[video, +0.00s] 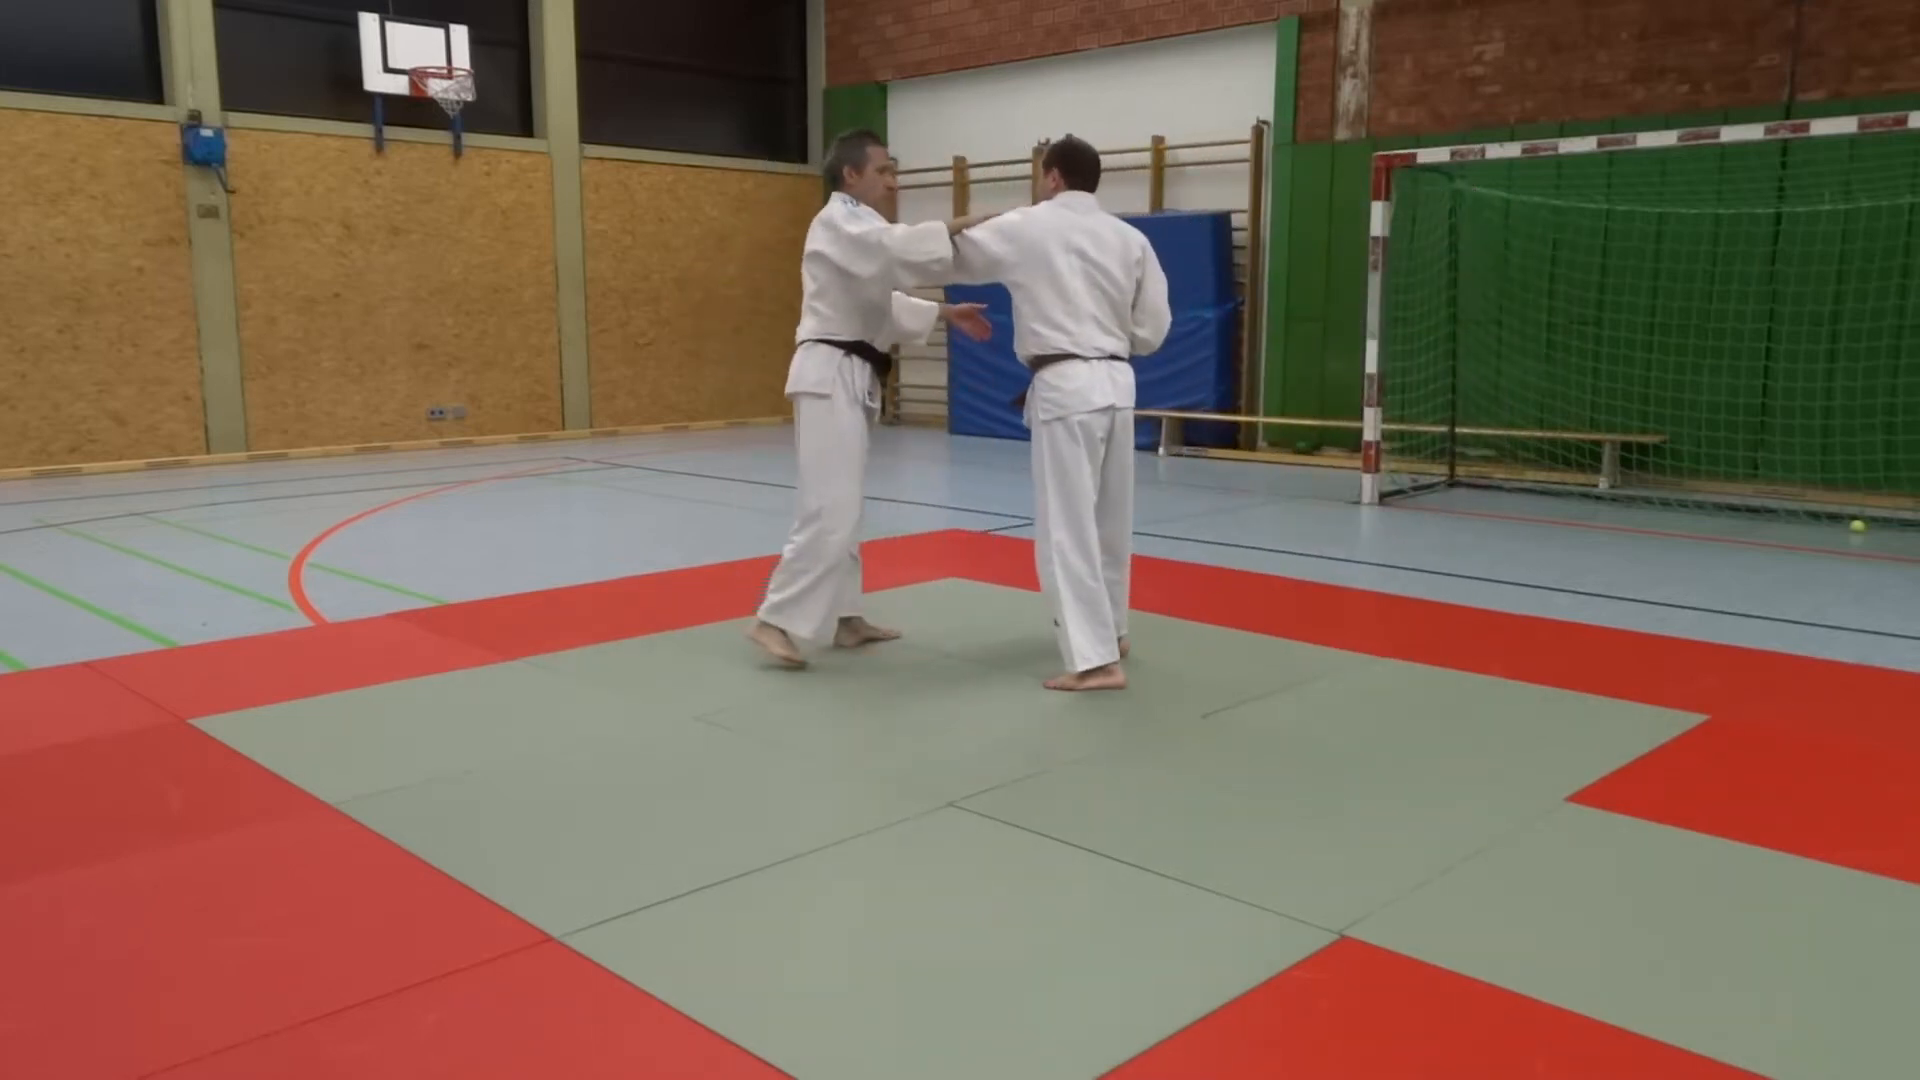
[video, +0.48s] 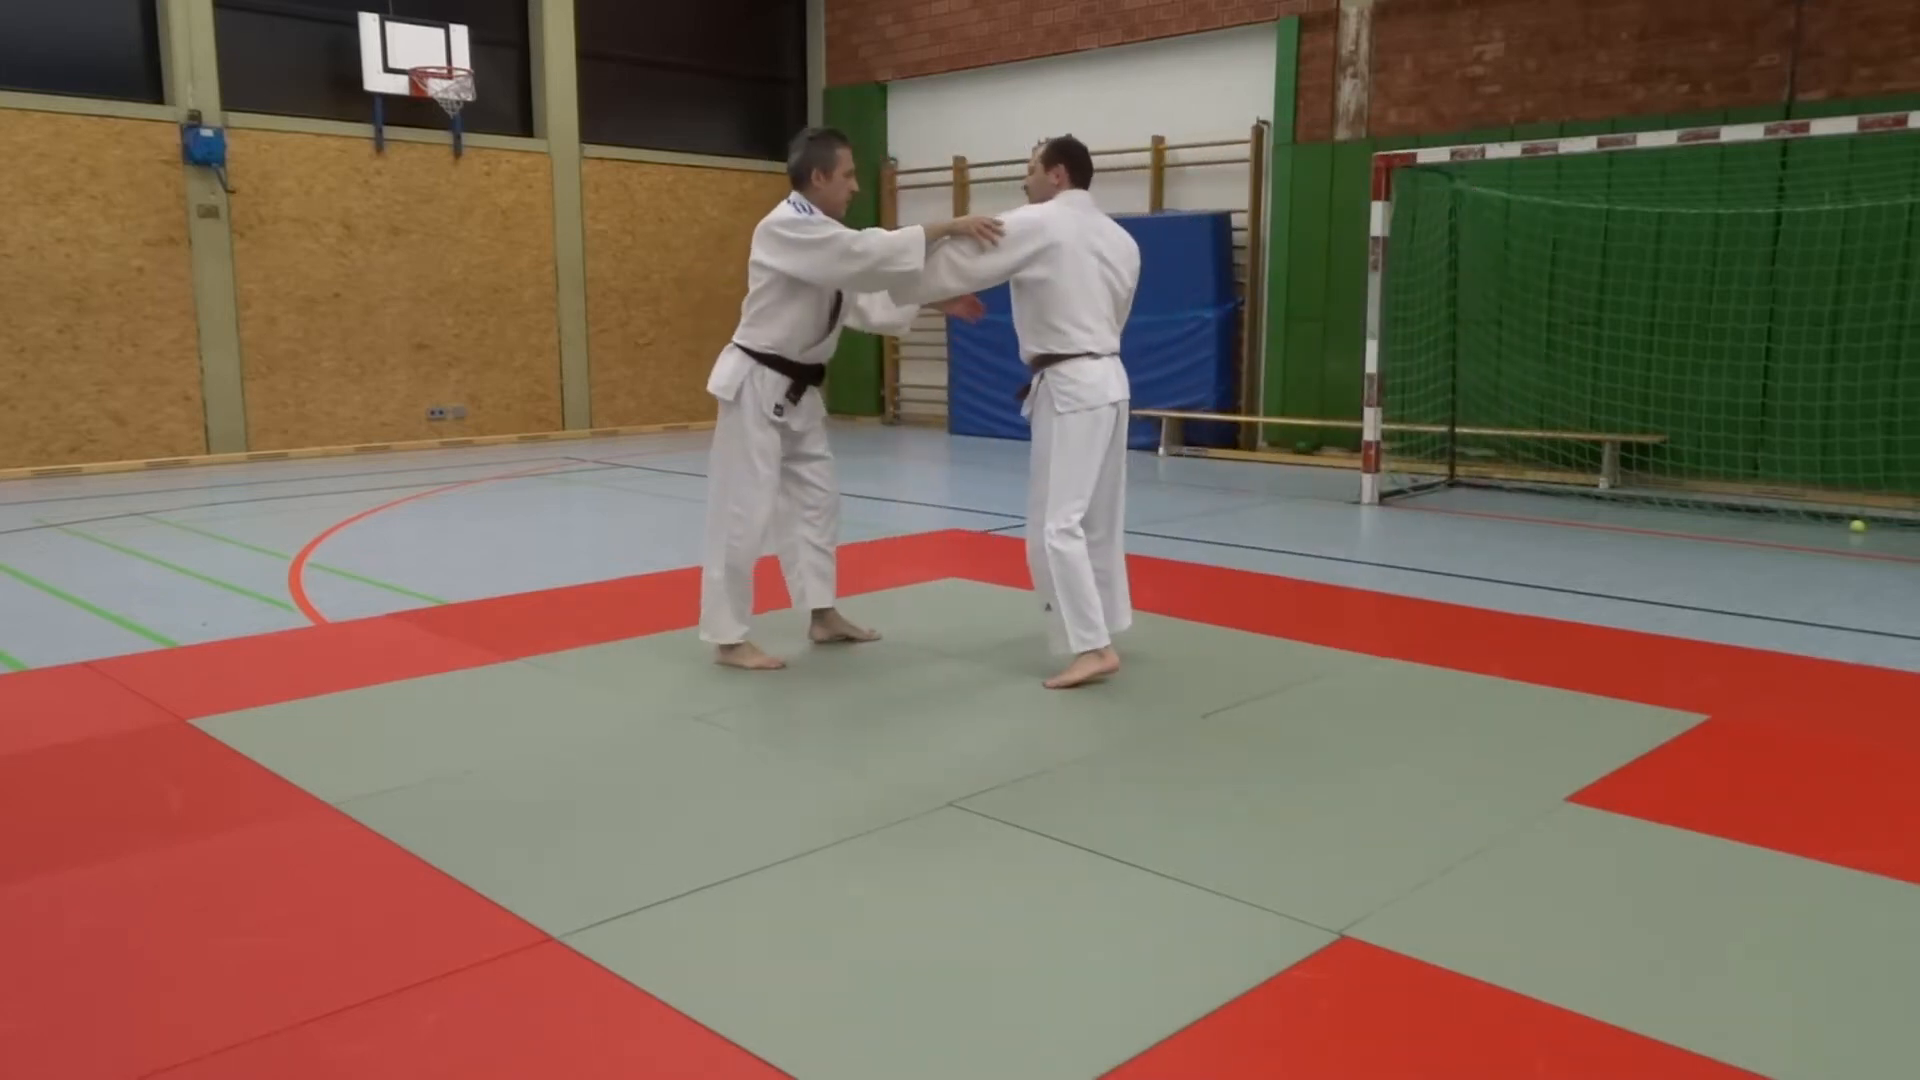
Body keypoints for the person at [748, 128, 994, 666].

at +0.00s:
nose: (895, 180)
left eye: (893, 171)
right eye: (885, 170)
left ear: (859, 177)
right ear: (852, 175)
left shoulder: (859, 226)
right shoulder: (836, 219)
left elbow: (877, 302)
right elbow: (892, 246)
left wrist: (946, 313)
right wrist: (967, 229)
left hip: (852, 372)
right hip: (828, 369)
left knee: (845, 503)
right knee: (832, 505)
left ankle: (845, 617)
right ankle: (775, 621)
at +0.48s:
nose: (856, 188)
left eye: (855, 177)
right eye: (848, 177)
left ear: (822, 178)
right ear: (816, 178)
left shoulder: (828, 237)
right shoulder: (782, 227)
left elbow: (868, 298)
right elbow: (859, 251)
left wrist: (938, 299)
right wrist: (947, 228)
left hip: (802, 389)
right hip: (756, 382)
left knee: (816, 499)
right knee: (742, 507)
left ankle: (823, 616)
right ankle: (727, 638)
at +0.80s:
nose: (856, 185)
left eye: (856, 175)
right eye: (848, 174)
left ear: (829, 175)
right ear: (816, 175)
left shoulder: (833, 238)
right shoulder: (786, 226)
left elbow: (873, 302)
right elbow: (861, 241)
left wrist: (944, 294)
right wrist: (950, 223)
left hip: (807, 390)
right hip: (760, 382)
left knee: (821, 501)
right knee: (744, 509)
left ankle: (826, 614)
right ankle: (727, 638)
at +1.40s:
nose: (976, 217)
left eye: (977, 210)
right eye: (965, 210)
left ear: (955, 220)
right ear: (931, 216)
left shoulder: (951, 267)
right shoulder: (908, 254)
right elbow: (952, 301)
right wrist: (1037, 271)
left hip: (881, 409)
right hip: (844, 388)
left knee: (898, 511)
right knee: (836, 502)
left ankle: (855, 617)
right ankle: (783, 638)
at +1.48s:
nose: (962, 226)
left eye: (963, 216)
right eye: (951, 215)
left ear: (927, 222)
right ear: (916, 219)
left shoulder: (933, 268)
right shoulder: (898, 258)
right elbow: (947, 301)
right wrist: (1038, 275)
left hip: (872, 412)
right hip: (837, 394)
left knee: (890, 508)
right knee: (837, 515)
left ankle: (855, 616)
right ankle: (790, 654)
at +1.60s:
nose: (941, 206)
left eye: (940, 196)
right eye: (933, 196)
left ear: (902, 202)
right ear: (901, 201)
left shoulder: (902, 243)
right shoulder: (890, 244)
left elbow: (954, 289)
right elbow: (953, 303)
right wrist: (1050, 276)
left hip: (856, 395)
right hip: (827, 388)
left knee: (854, 517)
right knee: (831, 532)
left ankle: (844, 616)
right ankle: (779, 674)